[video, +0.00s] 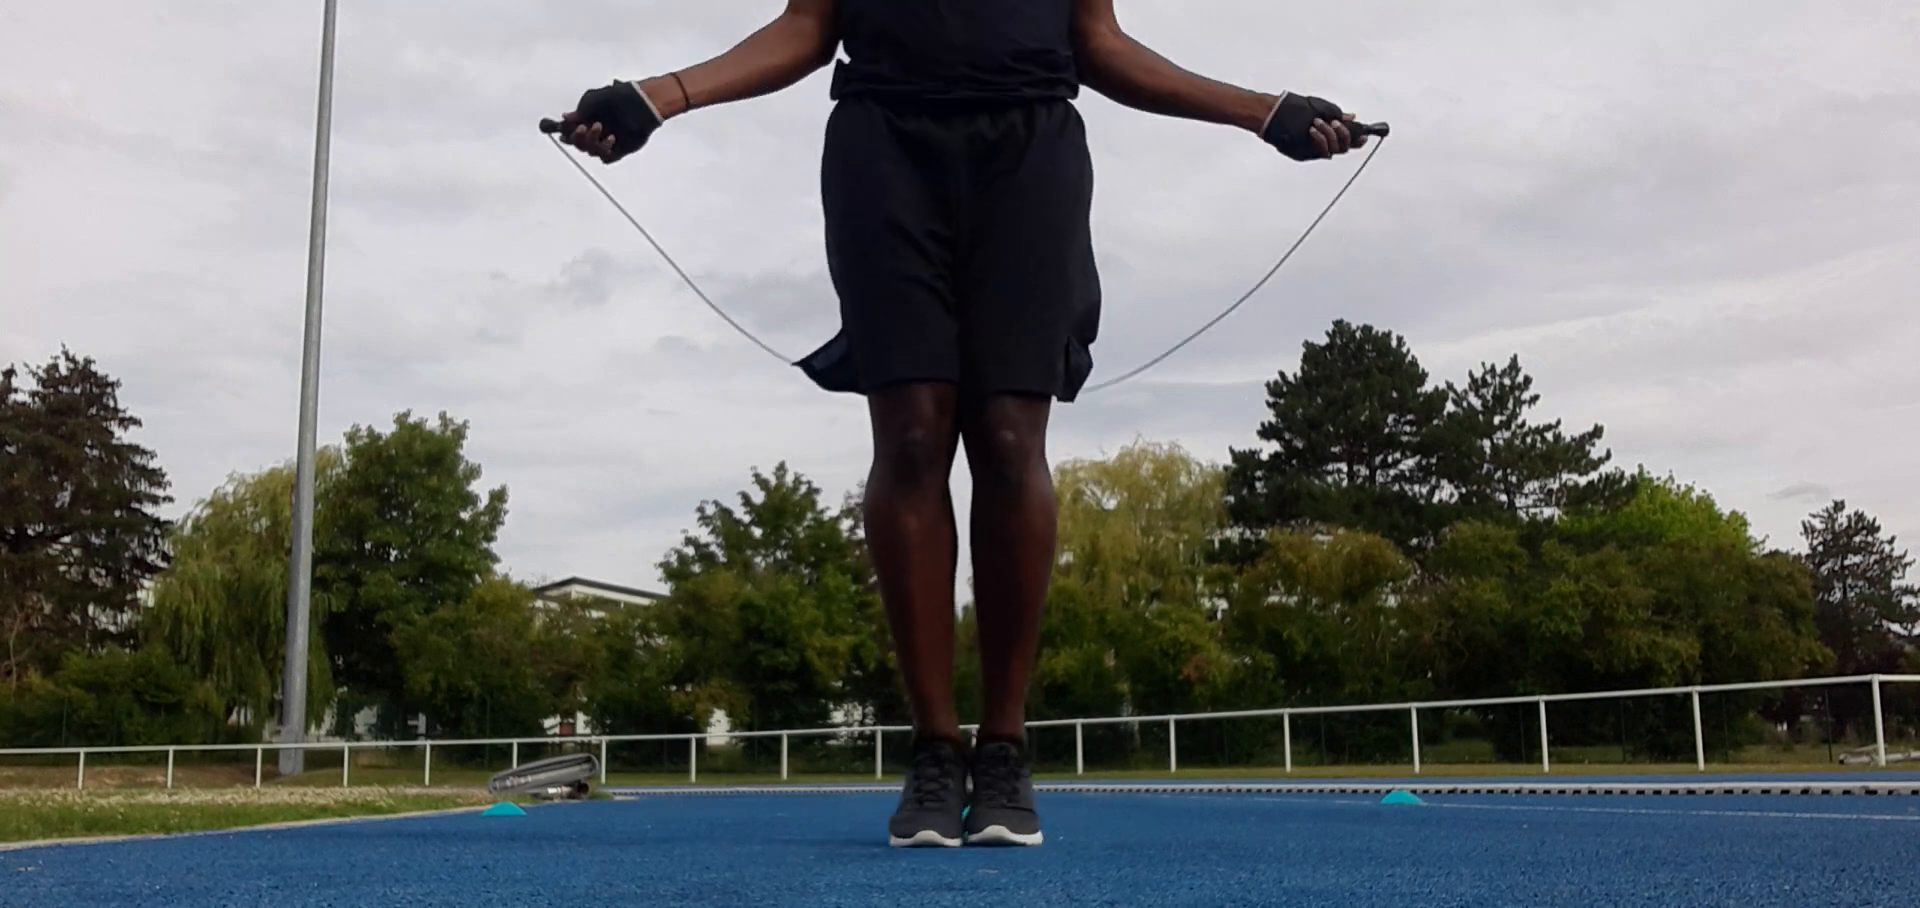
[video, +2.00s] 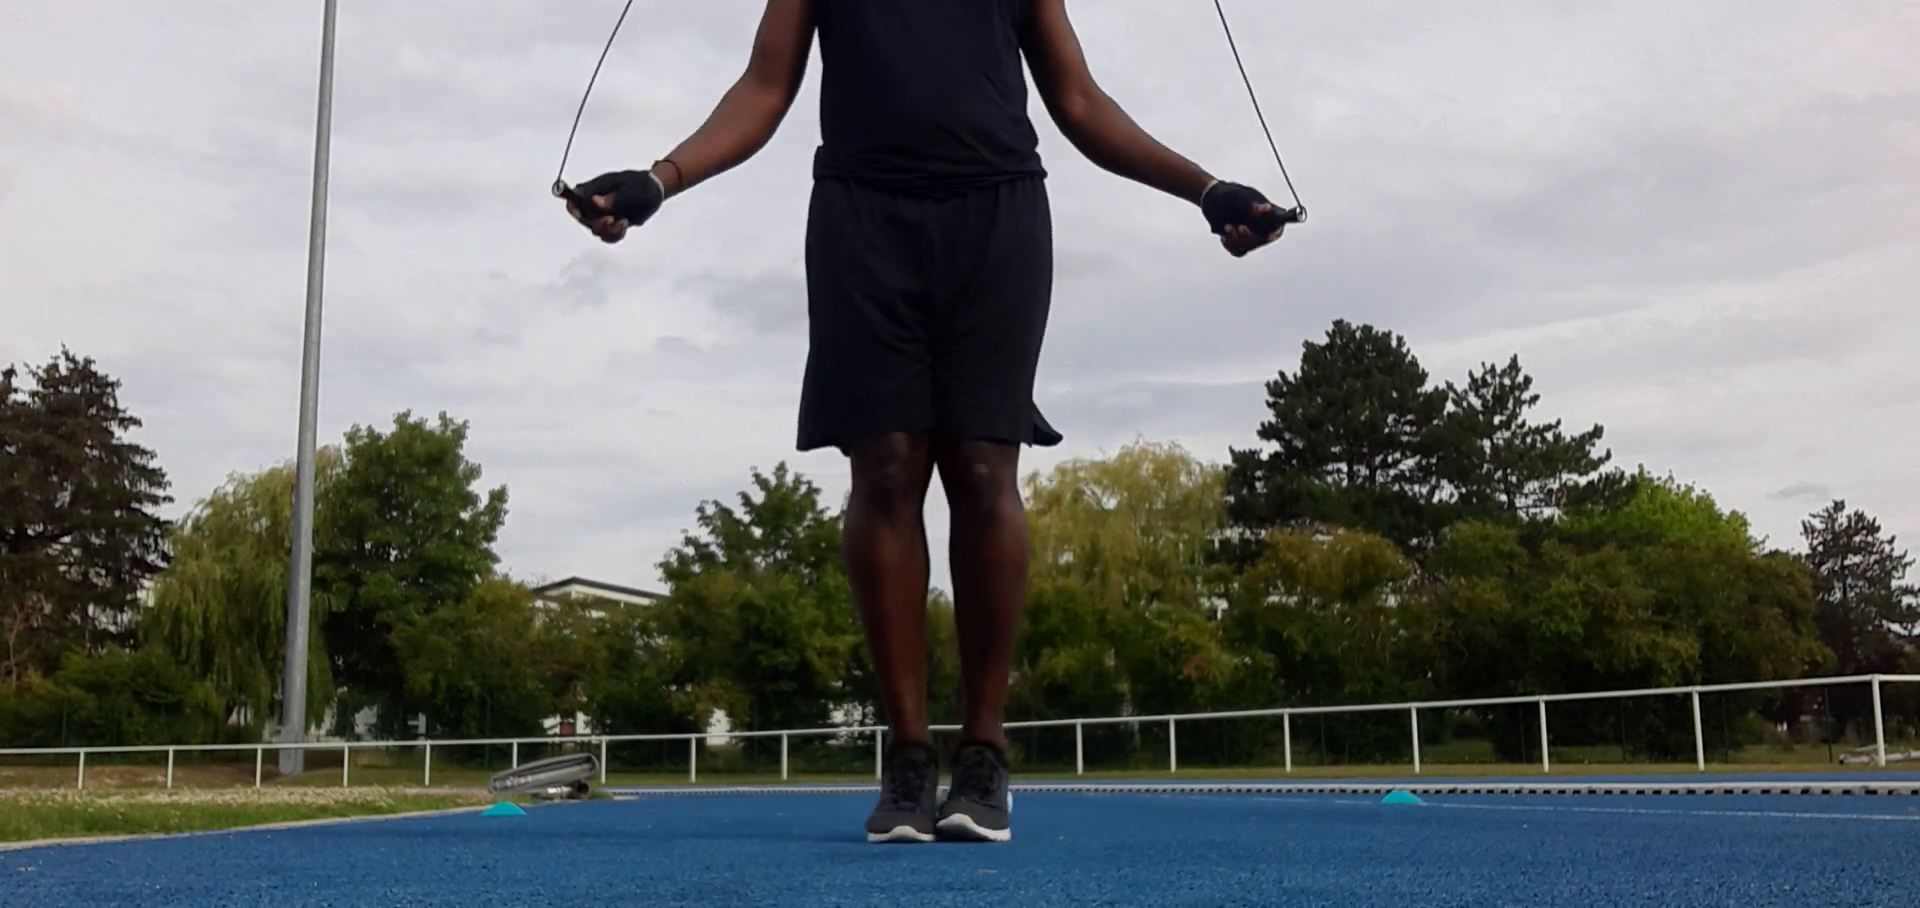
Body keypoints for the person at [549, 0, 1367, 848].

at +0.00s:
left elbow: (1104, 48)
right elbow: (802, 32)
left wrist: (1267, 110)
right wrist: (658, 95)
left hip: (1033, 129)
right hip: (882, 128)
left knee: (1008, 432)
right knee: (912, 428)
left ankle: (1003, 750)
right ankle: (935, 753)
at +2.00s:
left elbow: (1077, 98)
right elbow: (765, 84)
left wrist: (1206, 186)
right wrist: (659, 178)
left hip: (997, 206)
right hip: (863, 208)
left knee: (981, 469)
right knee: (886, 467)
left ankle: (982, 760)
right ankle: (908, 766)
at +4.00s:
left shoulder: (1006, 6)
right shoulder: (808, 3)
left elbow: (1051, 129)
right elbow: (775, 120)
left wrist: (1202, 168)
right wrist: (634, 175)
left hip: (978, 216)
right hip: (851, 217)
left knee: (960, 477)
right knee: (876, 477)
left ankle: (963, 763)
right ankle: (901, 765)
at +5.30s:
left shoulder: (1007, 9)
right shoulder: (805, 4)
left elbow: (1051, 149)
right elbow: (764, 127)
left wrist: (1171, 215)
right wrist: (665, 209)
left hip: (974, 247)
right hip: (850, 248)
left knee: (964, 491)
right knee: (873, 491)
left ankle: (964, 759)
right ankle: (896, 765)